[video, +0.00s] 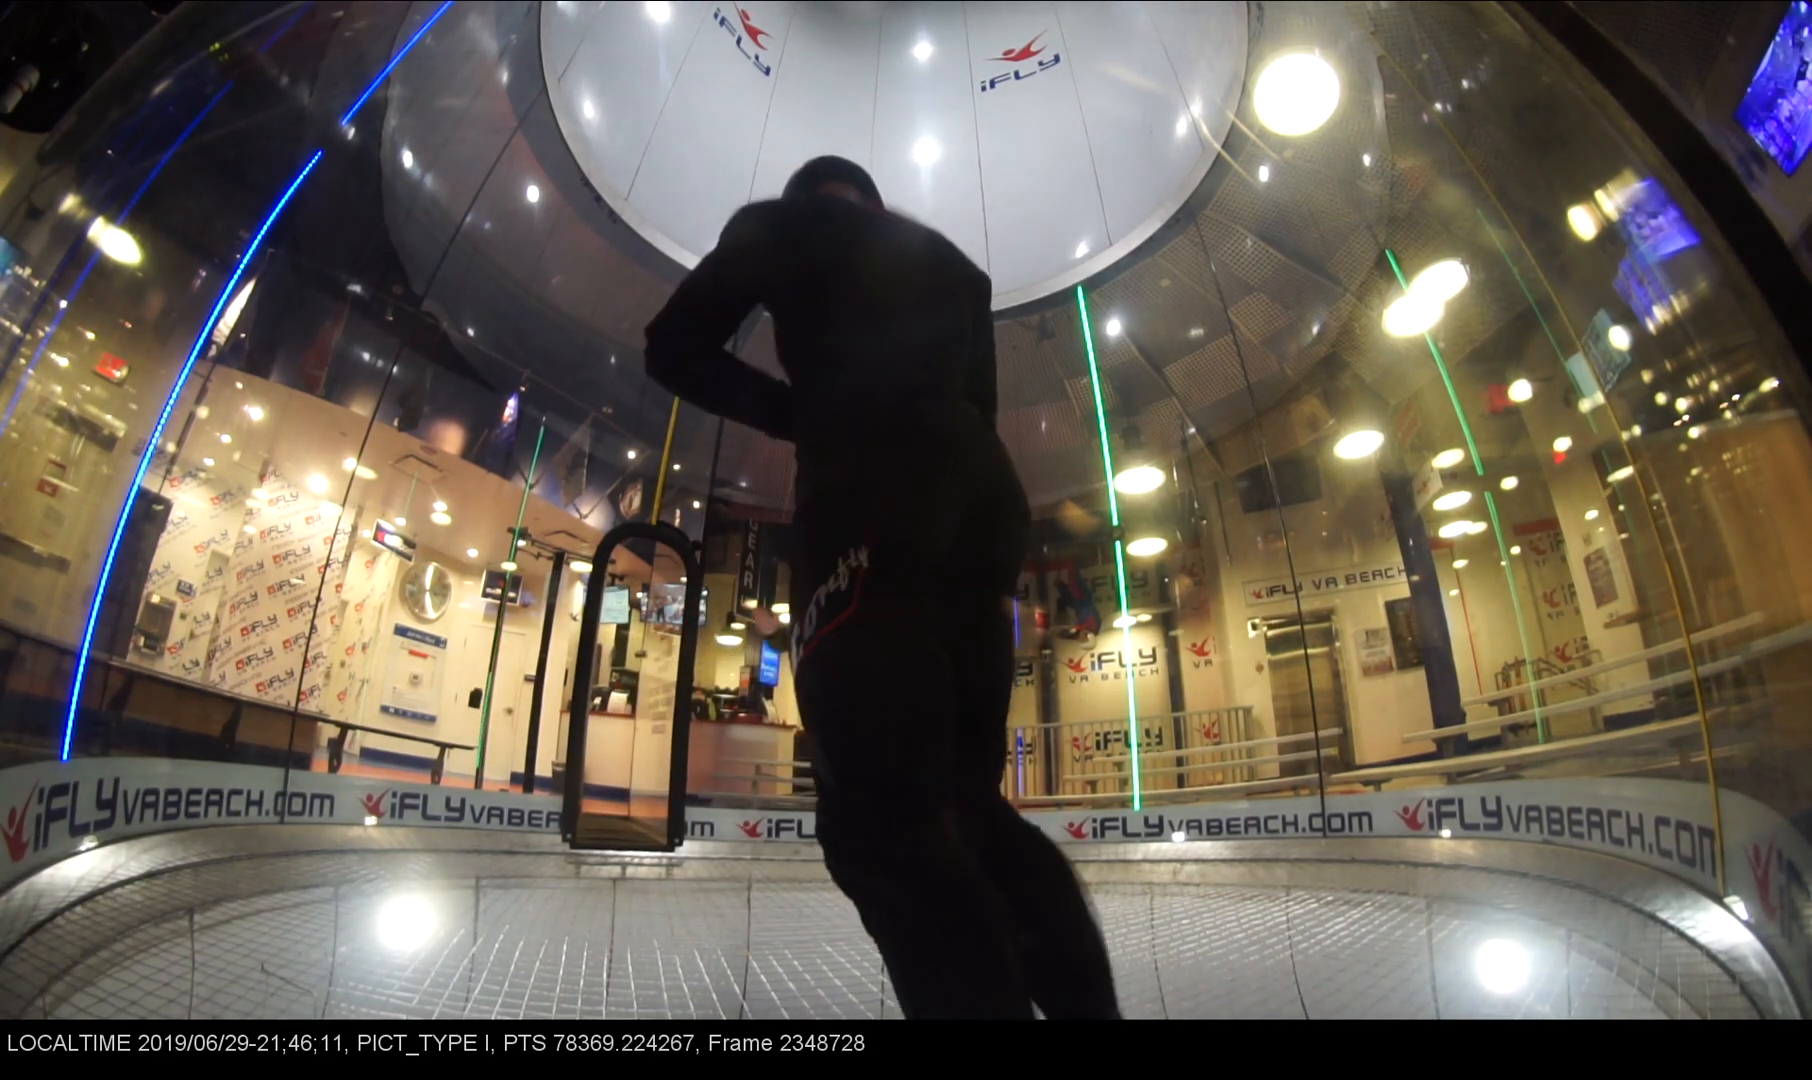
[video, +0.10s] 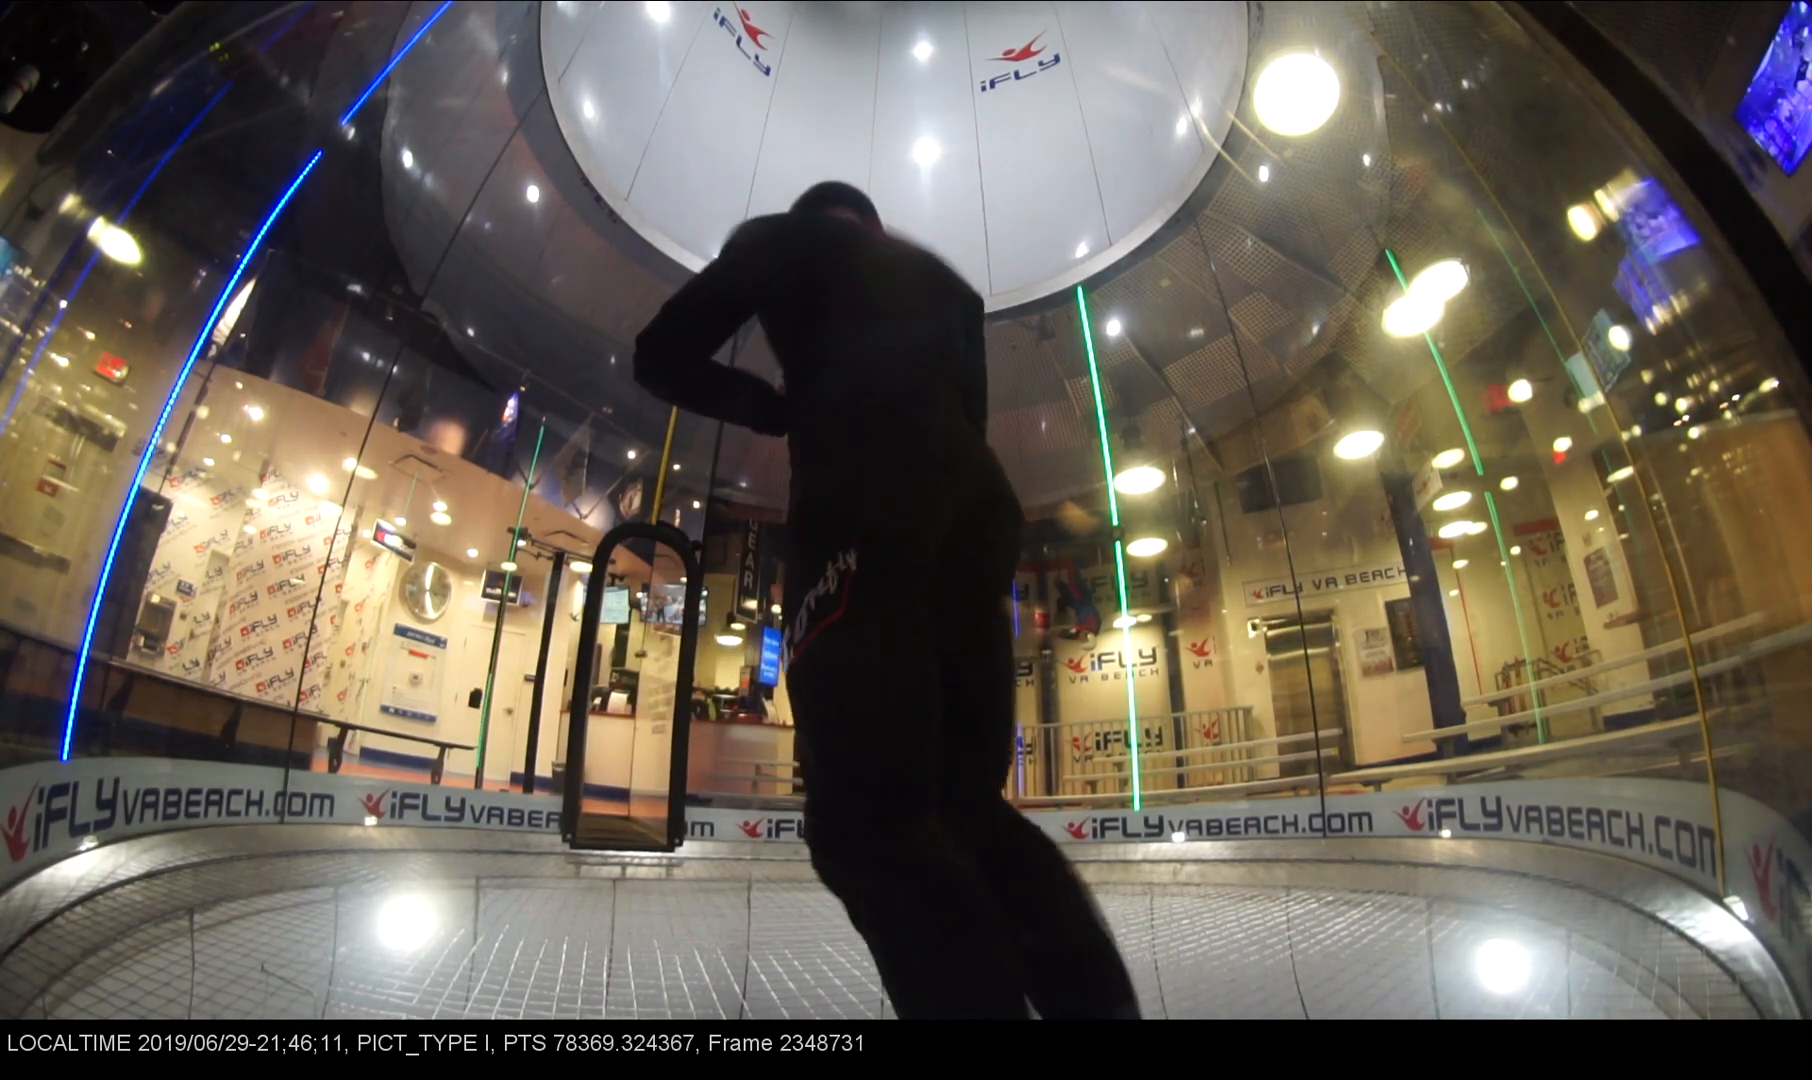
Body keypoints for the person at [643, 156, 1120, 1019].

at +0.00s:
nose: (807, 210)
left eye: (804, 201)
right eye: (818, 203)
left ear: (804, 197)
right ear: (874, 198)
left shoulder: (780, 222)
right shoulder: (955, 262)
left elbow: (676, 348)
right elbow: (976, 408)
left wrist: (801, 416)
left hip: (865, 509)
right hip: (984, 507)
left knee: (875, 822)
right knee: (969, 802)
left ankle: (983, 1006)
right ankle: (1086, 1002)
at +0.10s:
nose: (813, 233)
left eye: (808, 224)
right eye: (828, 226)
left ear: (803, 217)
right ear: (875, 221)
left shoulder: (779, 238)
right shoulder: (950, 282)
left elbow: (662, 356)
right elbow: (968, 421)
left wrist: (785, 408)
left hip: (859, 518)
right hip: (978, 517)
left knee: (862, 823)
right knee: (969, 805)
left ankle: (979, 1005)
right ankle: (1101, 1005)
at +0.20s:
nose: (808, 254)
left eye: (803, 244)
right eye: (822, 249)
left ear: (803, 240)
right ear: (869, 244)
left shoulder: (777, 258)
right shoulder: (933, 298)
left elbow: (651, 370)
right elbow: (960, 433)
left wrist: (767, 425)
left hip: (849, 524)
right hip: (969, 525)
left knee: (840, 825)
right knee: (963, 808)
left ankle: (969, 1009)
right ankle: (1088, 1006)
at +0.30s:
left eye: (801, 272)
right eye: (833, 277)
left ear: (798, 271)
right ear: (861, 277)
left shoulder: (769, 285)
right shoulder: (922, 336)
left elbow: (631, 383)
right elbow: (935, 461)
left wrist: (741, 448)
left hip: (847, 549)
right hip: (962, 550)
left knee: (821, 850)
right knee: (950, 828)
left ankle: (990, 1009)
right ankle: (1085, 1010)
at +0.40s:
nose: (785, 318)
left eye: (780, 307)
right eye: (806, 308)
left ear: (784, 297)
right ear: (849, 307)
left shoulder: (756, 316)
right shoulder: (906, 369)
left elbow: (604, 394)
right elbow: (918, 494)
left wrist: (705, 468)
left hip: (835, 586)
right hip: (942, 580)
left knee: (826, 861)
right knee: (945, 830)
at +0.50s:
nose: (772, 347)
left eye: (770, 335)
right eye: (785, 338)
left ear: (771, 328)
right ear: (828, 334)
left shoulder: (748, 351)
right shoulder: (882, 396)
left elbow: (583, 420)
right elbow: (906, 532)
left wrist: (676, 467)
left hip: (824, 605)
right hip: (913, 599)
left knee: (846, 844)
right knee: (966, 860)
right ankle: (1057, 1011)